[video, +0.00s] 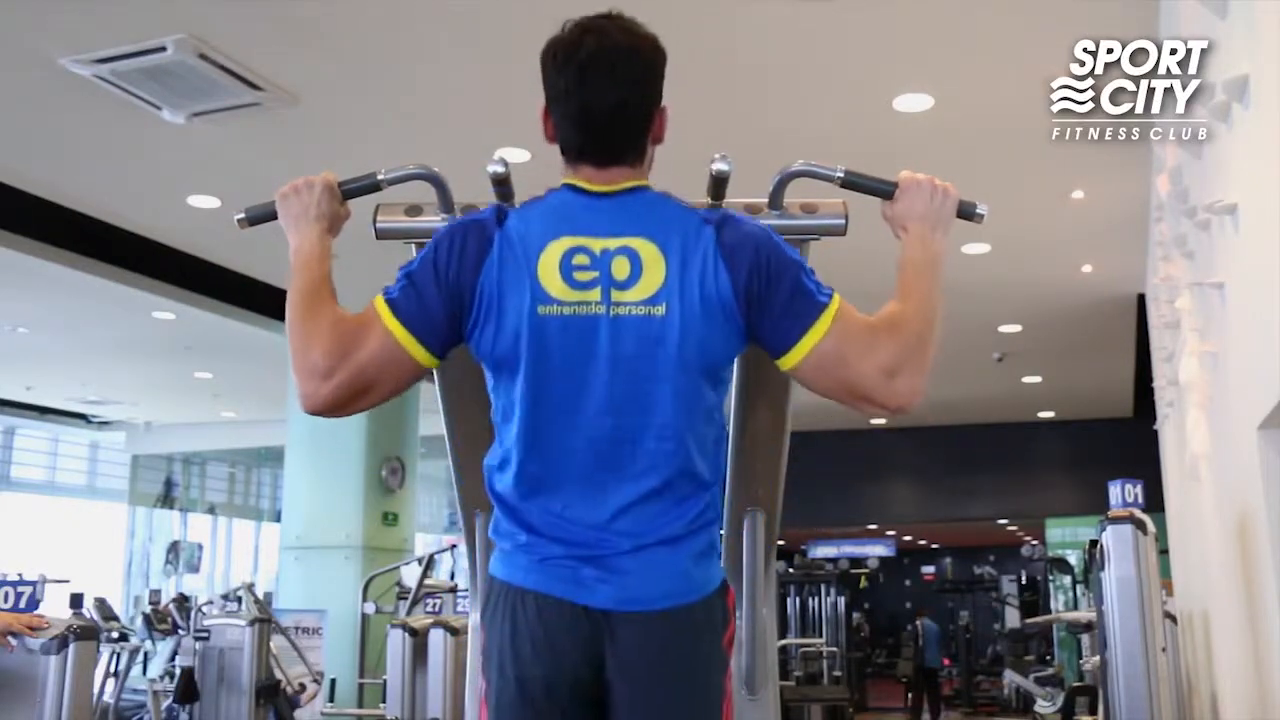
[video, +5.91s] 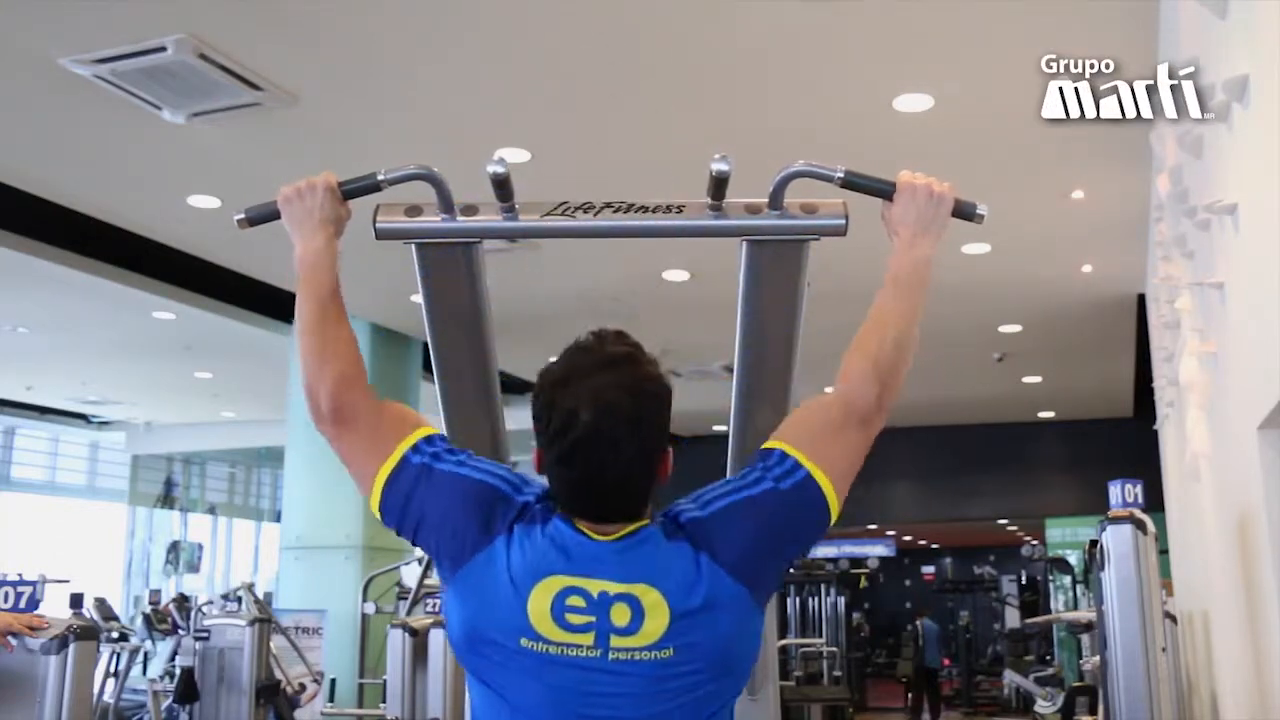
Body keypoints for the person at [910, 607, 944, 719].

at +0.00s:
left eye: (917, 616)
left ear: (917, 615)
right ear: (927, 615)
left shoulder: (917, 625)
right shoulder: (935, 626)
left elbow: (917, 644)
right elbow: (938, 645)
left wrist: (914, 658)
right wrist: (938, 660)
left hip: (920, 663)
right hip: (934, 664)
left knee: (917, 692)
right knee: (933, 691)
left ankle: (916, 714)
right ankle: (935, 715)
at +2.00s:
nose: (915, 618)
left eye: (916, 615)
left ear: (917, 615)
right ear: (928, 614)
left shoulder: (917, 626)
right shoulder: (935, 627)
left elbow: (917, 644)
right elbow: (938, 645)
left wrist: (914, 659)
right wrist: (938, 658)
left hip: (921, 663)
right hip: (934, 664)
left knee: (918, 692)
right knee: (934, 691)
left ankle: (916, 715)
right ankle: (935, 715)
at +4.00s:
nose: (916, 618)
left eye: (916, 616)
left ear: (917, 615)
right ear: (928, 614)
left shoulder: (917, 625)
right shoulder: (935, 627)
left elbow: (917, 644)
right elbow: (938, 645)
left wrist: (914, 659)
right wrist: (939, 659)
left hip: (921, 664)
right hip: (934, 664)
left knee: (918, 692)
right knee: (933, 691)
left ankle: (916, 715)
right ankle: (935, 715)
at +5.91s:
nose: (916, 618)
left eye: (916, 616)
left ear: (917, 615)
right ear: (927, 614)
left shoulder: (917, 625)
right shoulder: (935, 627)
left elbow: (916, 644)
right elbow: (938, 645)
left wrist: (914, 659)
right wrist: (939, 659)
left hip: (921, 664)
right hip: (934, 664)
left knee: (918, 692)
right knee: (933, 692)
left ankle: (916, 715)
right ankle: (935, 715)